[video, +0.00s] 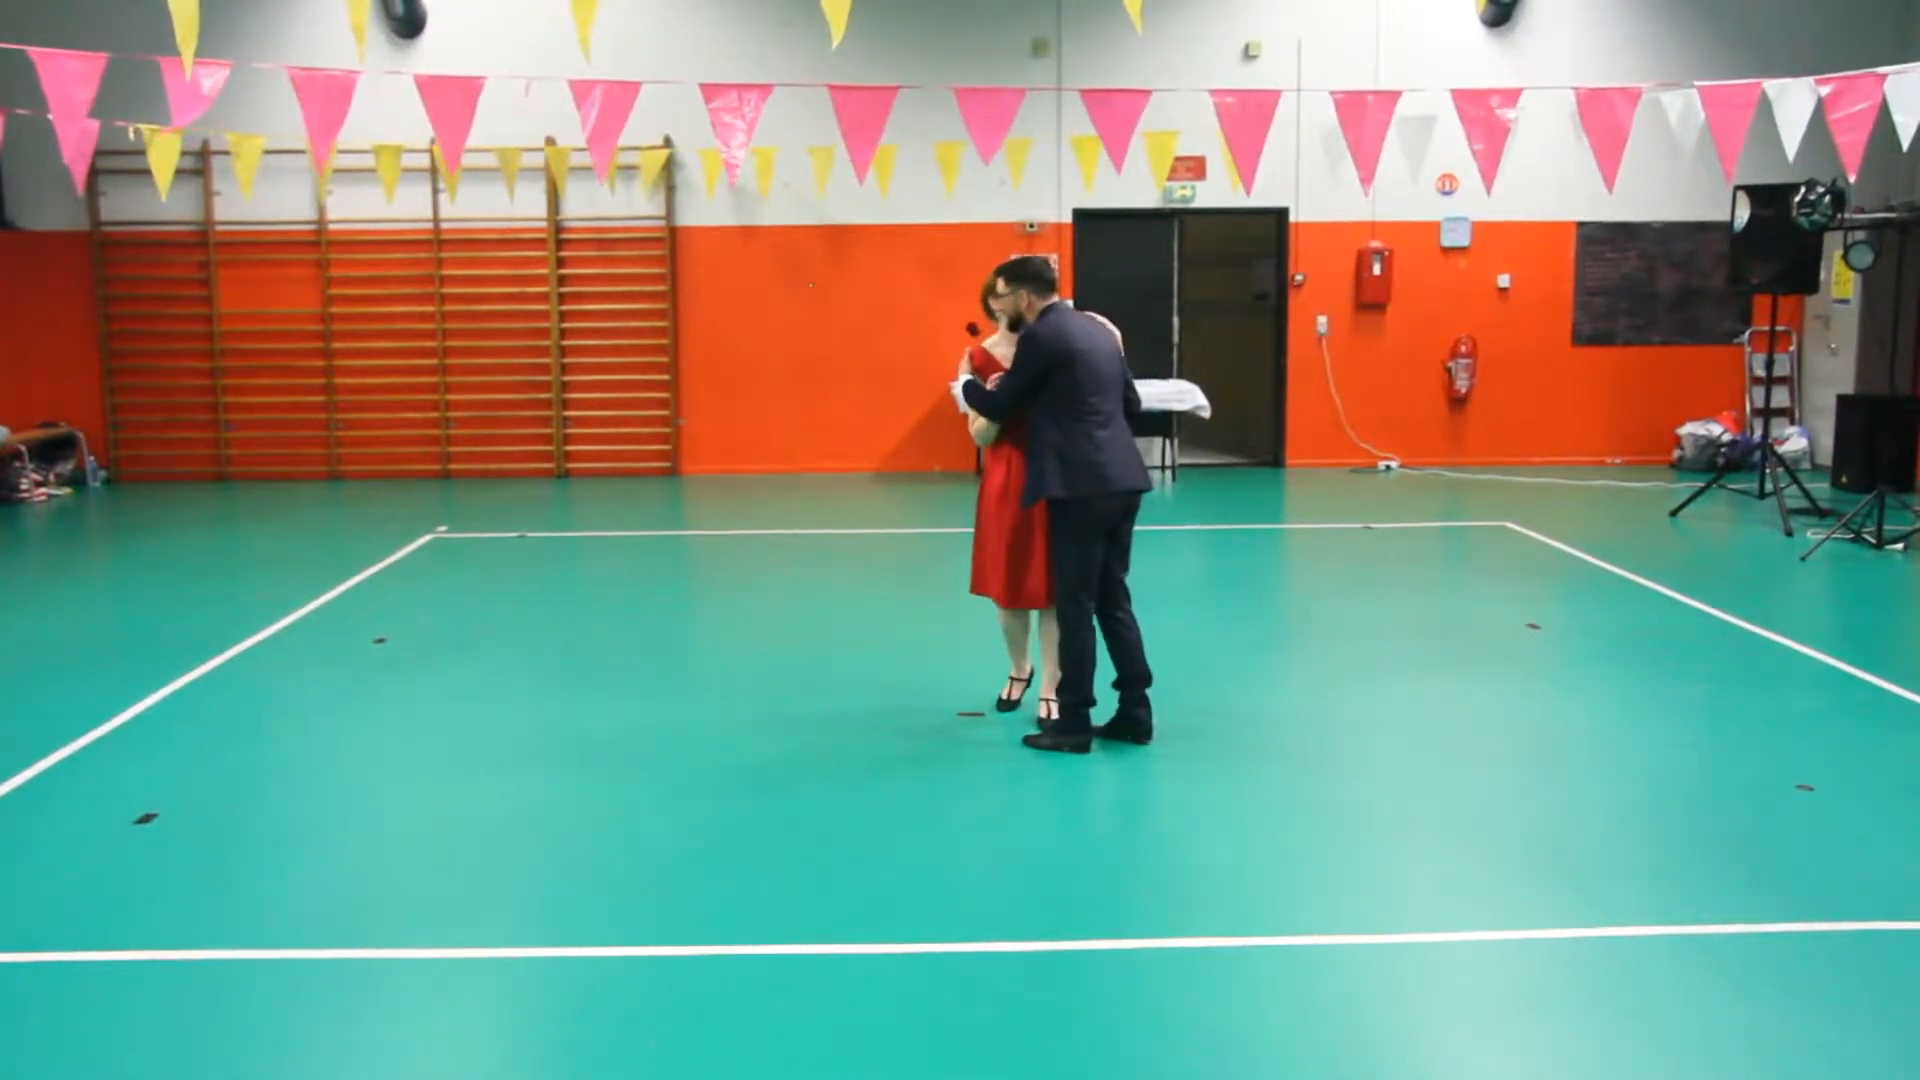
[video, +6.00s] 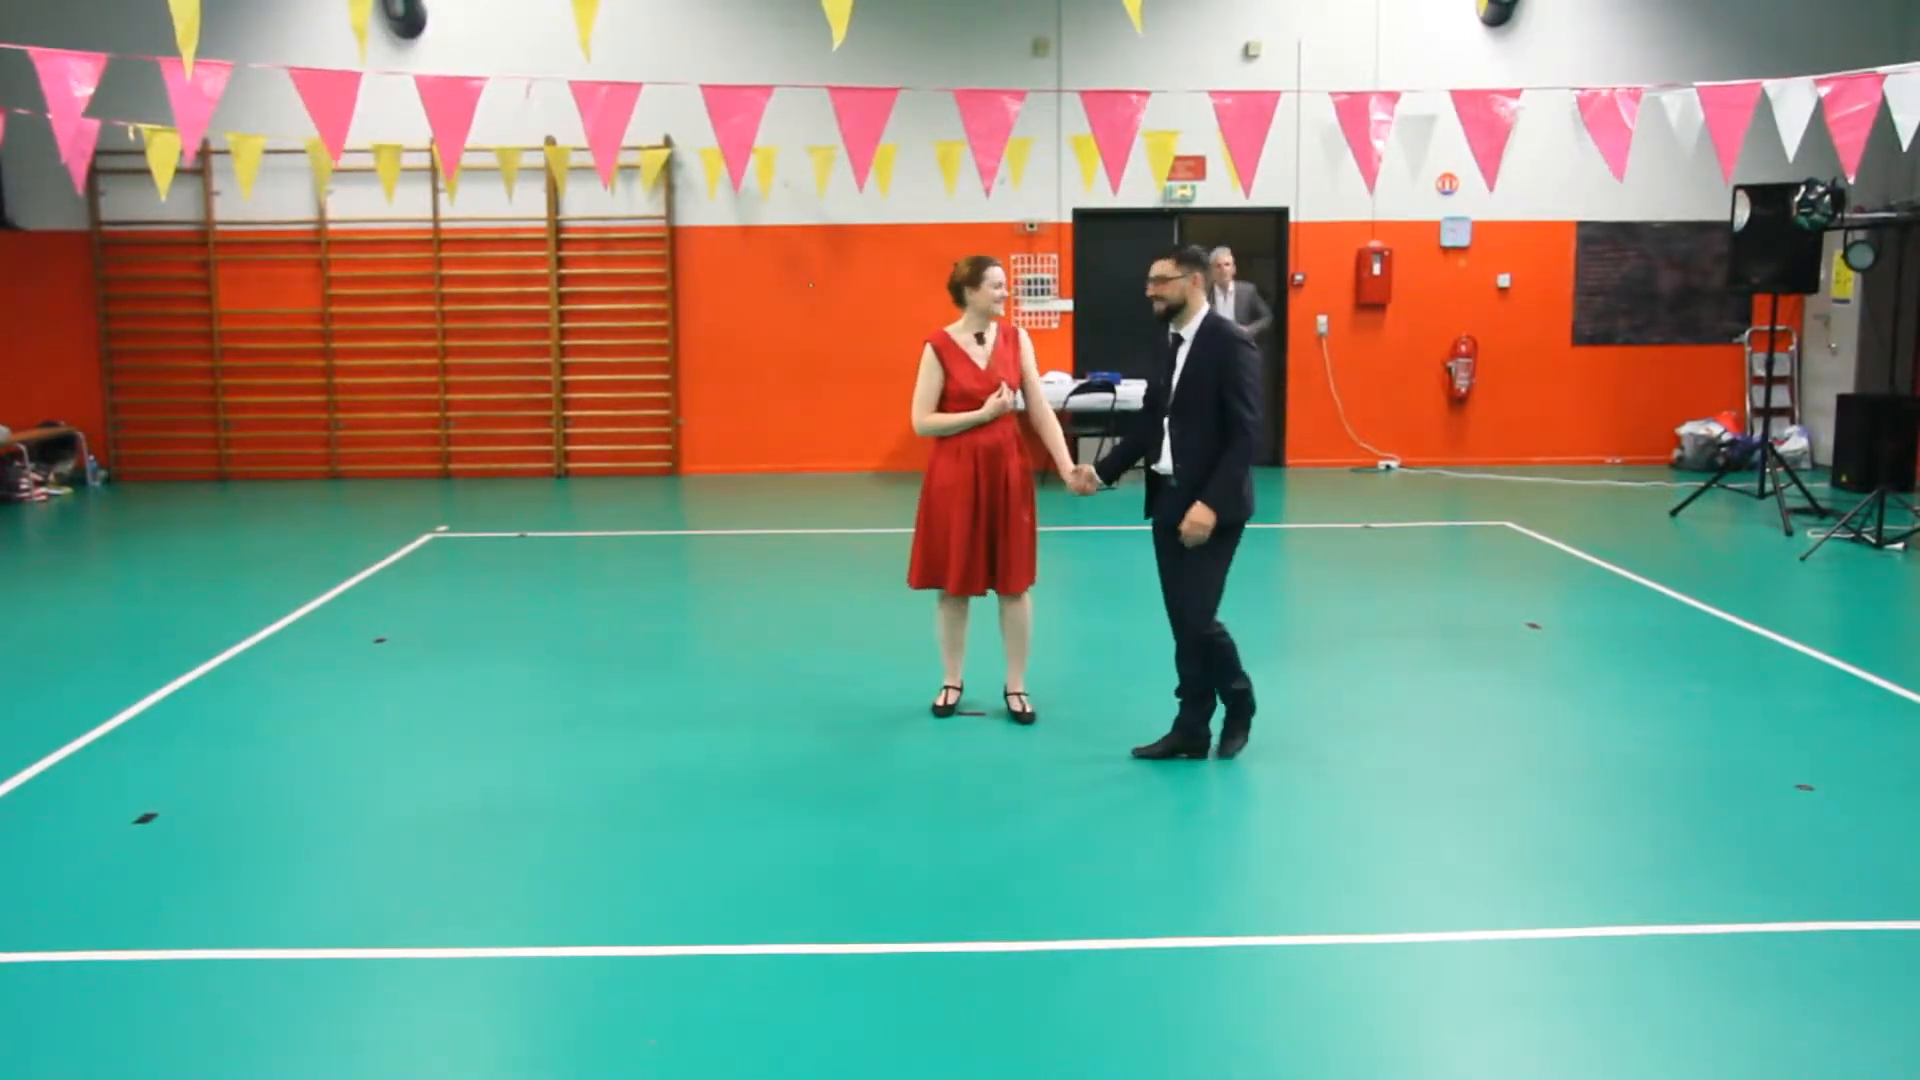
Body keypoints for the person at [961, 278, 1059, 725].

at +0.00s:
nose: (1003, 301)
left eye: (1010, 292)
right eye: (996, 294)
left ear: (1026, 296)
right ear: (988, 301)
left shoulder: (1053, 348)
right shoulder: (980, 355)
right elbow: (981, 432)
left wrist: (1112, 343)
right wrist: (1004, 388)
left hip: (1055, 473)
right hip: (1004, 475)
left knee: (1054, 588)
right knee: (1008, 585)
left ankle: (1051, 687)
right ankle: (1019, 670)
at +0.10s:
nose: (1012, 298)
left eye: (1016, 288)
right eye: (1003, 290)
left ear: (1028, 292)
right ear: (992, 299)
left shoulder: (1056, 346)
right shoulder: (980, 354)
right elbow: (979, 432)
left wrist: (1104, 342)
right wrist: (1005, 387)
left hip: (1055, 472)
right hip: (1004, 473)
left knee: (1053, 586)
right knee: (1007, 581)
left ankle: (1051, 686)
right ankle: (1018, 670)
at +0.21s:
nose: (1024, 297)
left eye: (1025, 288)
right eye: (1013, 290)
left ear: (1033, 294)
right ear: (994, 300)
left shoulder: (1057, 346)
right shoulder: (983, 354)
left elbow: (1075, 408)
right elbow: (979, 428)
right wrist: (1006, 388)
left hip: (1055, 471)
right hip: (1004, 472)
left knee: (1053, 586)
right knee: (1009, 583)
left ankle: (1051, 686)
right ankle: (1019, 669)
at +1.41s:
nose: (964, 298)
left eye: (972, 291)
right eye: (956, 291)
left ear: (988, 299)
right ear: (943, 299)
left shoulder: (1009, 344)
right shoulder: (931, 351)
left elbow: (1059, 394)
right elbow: (914, 420)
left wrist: (1038, 446)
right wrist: (939, 415)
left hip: (993, 473)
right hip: (942, 473)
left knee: (1005, 589)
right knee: (941, 589)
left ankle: (1040, 690)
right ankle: (956, 687)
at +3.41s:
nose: (976, 303)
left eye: (985, 297)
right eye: (968, 295)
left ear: (996, 305)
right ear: (952, 300)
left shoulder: (1012, 345)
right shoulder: (945, 347)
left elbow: (1047, 414)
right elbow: (952, 419)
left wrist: (1078, 478)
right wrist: (929, 408)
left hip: (1022, 464)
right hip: (975, 464)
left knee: (1018, 584)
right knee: (963, 584)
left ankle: (1020, 692)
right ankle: (957, 688)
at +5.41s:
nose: (991, 297)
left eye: (989, 290)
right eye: (985, 291)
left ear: (966, 296)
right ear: (961, 297)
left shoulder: (988, 341)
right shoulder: (921, 349)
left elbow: (1027, 398)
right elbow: (901, 424)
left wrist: (1077, 438)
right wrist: (966, 418)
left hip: (982, 474)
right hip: (935, 478)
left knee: (1001, 584)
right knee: (941, 587)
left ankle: (1016, 686)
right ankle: (951, 682)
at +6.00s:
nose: (1003, 293)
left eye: (1004, 286)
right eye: (995, 286)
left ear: (1001, 292)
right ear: (967, 292)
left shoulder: (1015, 339)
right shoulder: (939, 347)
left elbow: (1039, 407)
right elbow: (922, 421)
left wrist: (1066, 467)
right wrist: (981, 413)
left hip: (1009, 472)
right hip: (956, 474)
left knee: (1014, 584)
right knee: (955, 584)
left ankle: (1016, 687)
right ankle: (951, 683)